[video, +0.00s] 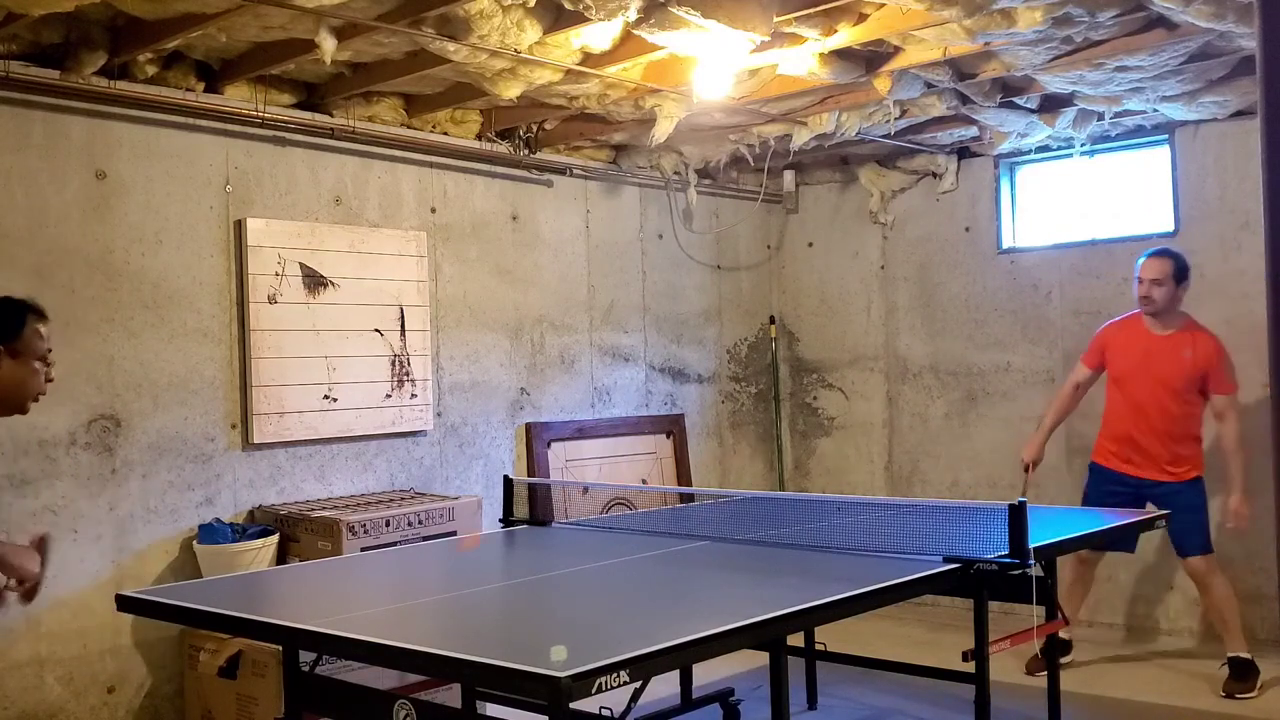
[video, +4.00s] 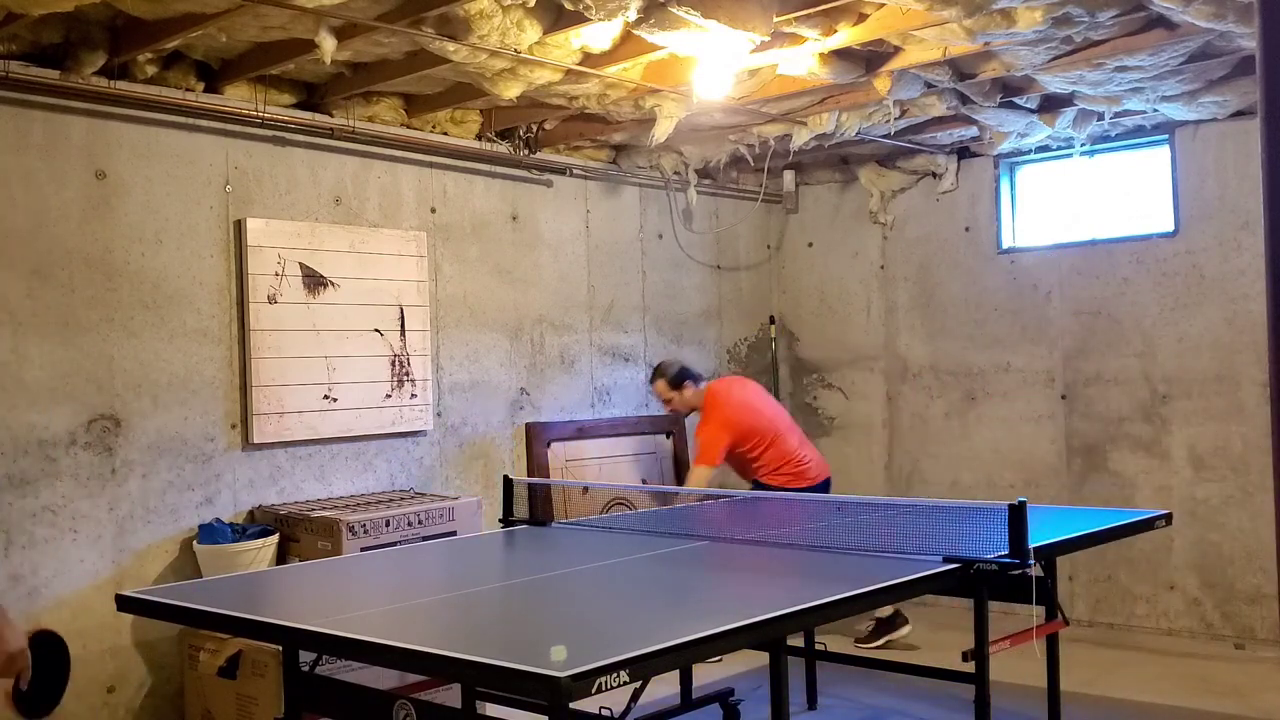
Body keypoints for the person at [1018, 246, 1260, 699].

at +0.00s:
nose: (1145, 291)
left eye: (1156, 284)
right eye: (1140, 282)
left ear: (1181, 289)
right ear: (1134, 284)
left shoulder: (1205, 346)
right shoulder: (1113, 334)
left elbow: (1226, 417)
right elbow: (1075, 385)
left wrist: (1236, 489)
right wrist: (1039, 437)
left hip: (1177, 477)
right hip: (1112, 470)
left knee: (1200, 563)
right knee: (1083, 555)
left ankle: (1240, 659)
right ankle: (1056, 641)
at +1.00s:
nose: (951, 313)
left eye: (958, 304)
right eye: (947, 306)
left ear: (985, 304)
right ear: (948, 310)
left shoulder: (1034, 343)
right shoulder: (951, 362)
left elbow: (1087, 387)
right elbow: (919, 402)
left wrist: (1136, 436)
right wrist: (877, 428)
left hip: (1061, 472)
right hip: (999, 478)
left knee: (1105, 553)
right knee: (972, 557)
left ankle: (1158, 639)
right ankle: (973, 639)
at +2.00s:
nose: (1037, 293)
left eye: (1047, 285)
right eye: (1031, 286)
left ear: (1067, 289)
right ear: (1026, 291)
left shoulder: (1096, 343)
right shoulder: (1016, 344)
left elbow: (1124, 407)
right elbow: (999, 398)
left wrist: (1135, 472)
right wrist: (978, 428)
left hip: (1090, 478)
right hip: (1028, 477)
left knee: (1127, 557)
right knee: (997, 551)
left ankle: (1171, 646)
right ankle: (998, 636)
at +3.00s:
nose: (895, 365)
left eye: (897, 356)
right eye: (894, 357)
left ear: (916, 351)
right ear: (922, 349)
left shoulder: (946, 384)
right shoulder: (955, 375)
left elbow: (896, 454)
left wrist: (846, 488)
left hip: (1029, 489)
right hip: (991, 489)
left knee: (1087, 565)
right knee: (936, 544)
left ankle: (1163, 638)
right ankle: (910, 627)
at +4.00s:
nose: (667, 409)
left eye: (667, 401)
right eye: (663, 403)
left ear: (687, 387)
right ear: (689, 385)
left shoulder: (715, 413)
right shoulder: (730, 385)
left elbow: (695, 487)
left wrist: (669, 523)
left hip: (791, 485)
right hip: (809, 475)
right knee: (832, 549)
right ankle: (889, 614)